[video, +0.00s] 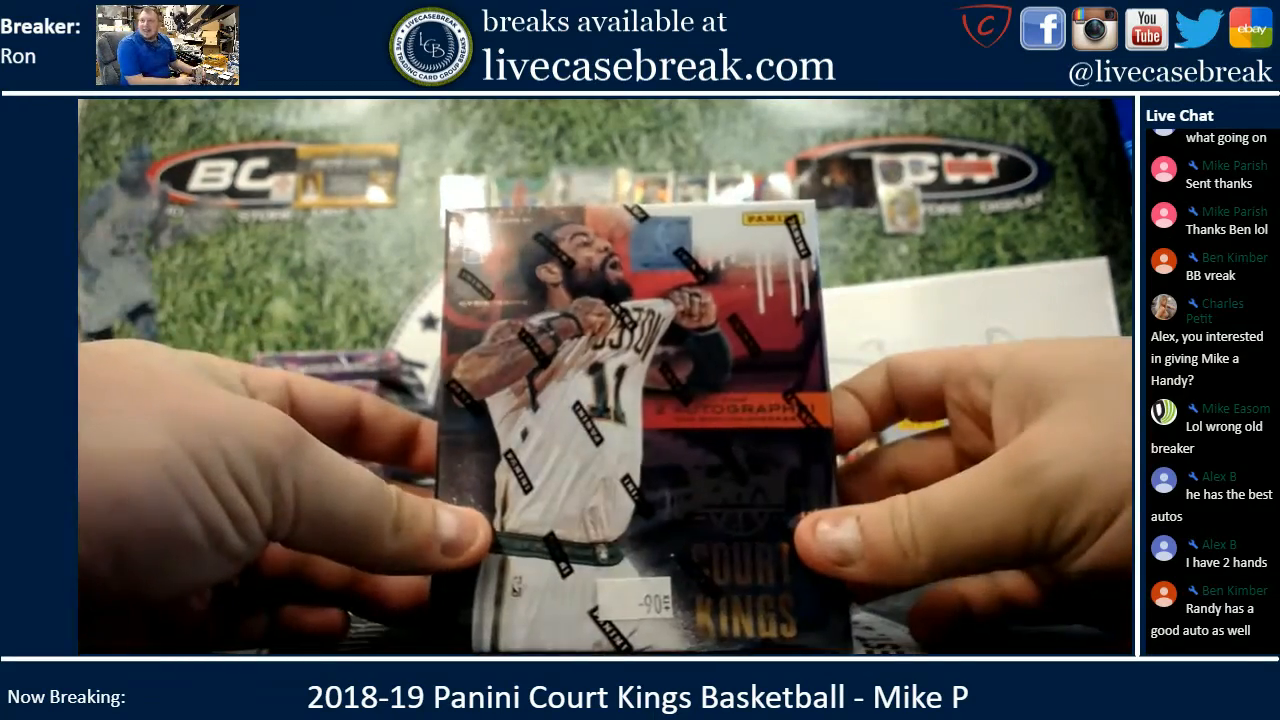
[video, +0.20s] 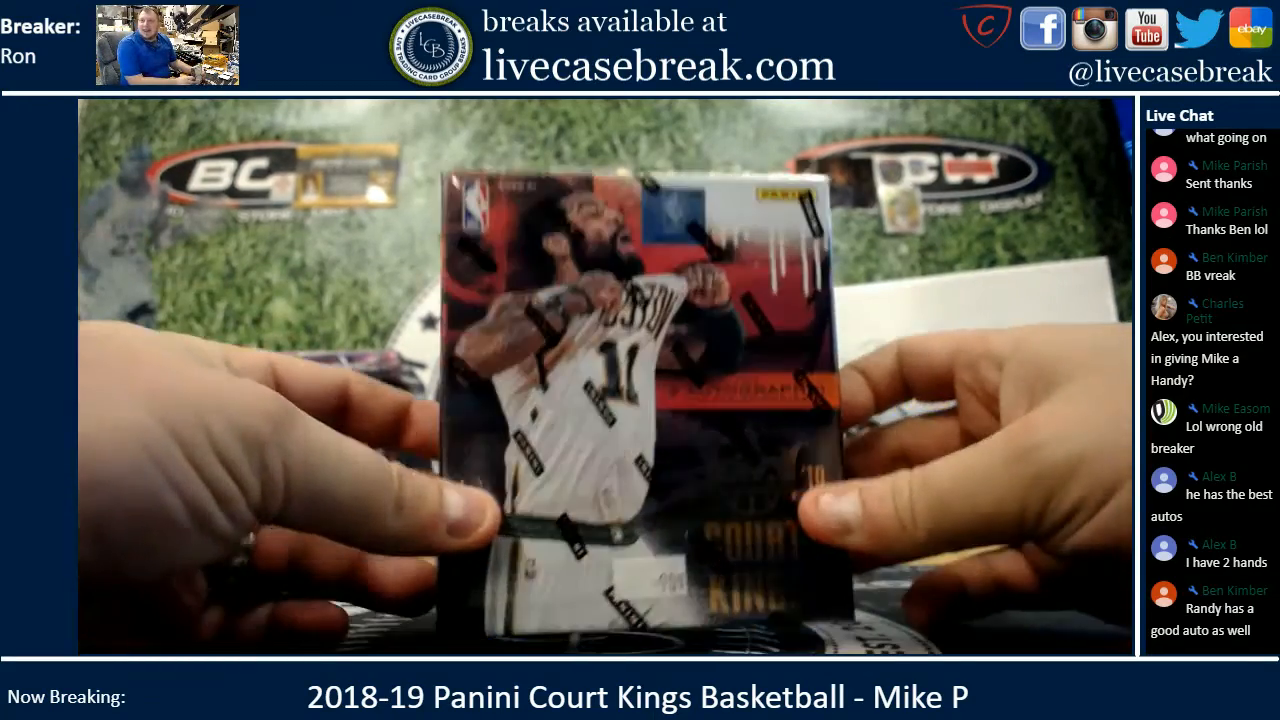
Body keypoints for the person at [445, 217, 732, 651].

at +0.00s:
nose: (605, 248)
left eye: (602, 241)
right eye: (582, 242)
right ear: (548, 273)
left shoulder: (634, 325)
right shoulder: (517, 333)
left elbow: (713, 375)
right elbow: (468, 381)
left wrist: (704, 329)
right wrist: (563, 326)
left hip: (611, 563)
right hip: (533, 566)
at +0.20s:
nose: (614, 217)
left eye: (608, 208)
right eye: (589, 211)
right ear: (554, 243)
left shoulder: (649, 300)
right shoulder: (520, 308)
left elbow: (720, 358)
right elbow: (473, 355)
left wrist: (717, 306)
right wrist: (565, 303)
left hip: (627, 541)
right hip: (544, 547)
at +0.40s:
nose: (619, 204)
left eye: (612, 196)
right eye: (593, 199)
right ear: (561, 232)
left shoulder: (652, 291)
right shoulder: (524, 297)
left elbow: (723, 348)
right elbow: (475, 345)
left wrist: (720, 300)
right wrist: (577, 291)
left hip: (628, 537)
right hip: (546, 542)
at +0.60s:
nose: (613, 199)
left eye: (605, 190)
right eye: (587, 194)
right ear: (554, 228)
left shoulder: (648, 284)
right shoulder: (517, 295)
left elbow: (722, 341)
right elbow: (467, 342)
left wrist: (717, 294)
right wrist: (570, 286)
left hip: (623, 532)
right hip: (540, 537)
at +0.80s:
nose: (592, 202)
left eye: (586, 195)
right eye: (568, 198)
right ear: (534, 232)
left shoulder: (625, 286)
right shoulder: (500, 299)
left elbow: (706, 338)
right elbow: (449, 349)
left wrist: (697, 290)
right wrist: (548, 290)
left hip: (604, 531)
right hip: (522, 536)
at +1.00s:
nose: (587, 206)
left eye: (581, 198)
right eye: (563, 202)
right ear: (530, 236)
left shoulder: (621, 287)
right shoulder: (496, 304)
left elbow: (701, 338)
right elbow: (446, 353)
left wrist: (691, 289)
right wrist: (546, 291)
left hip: (602, 529)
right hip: (520, 535)